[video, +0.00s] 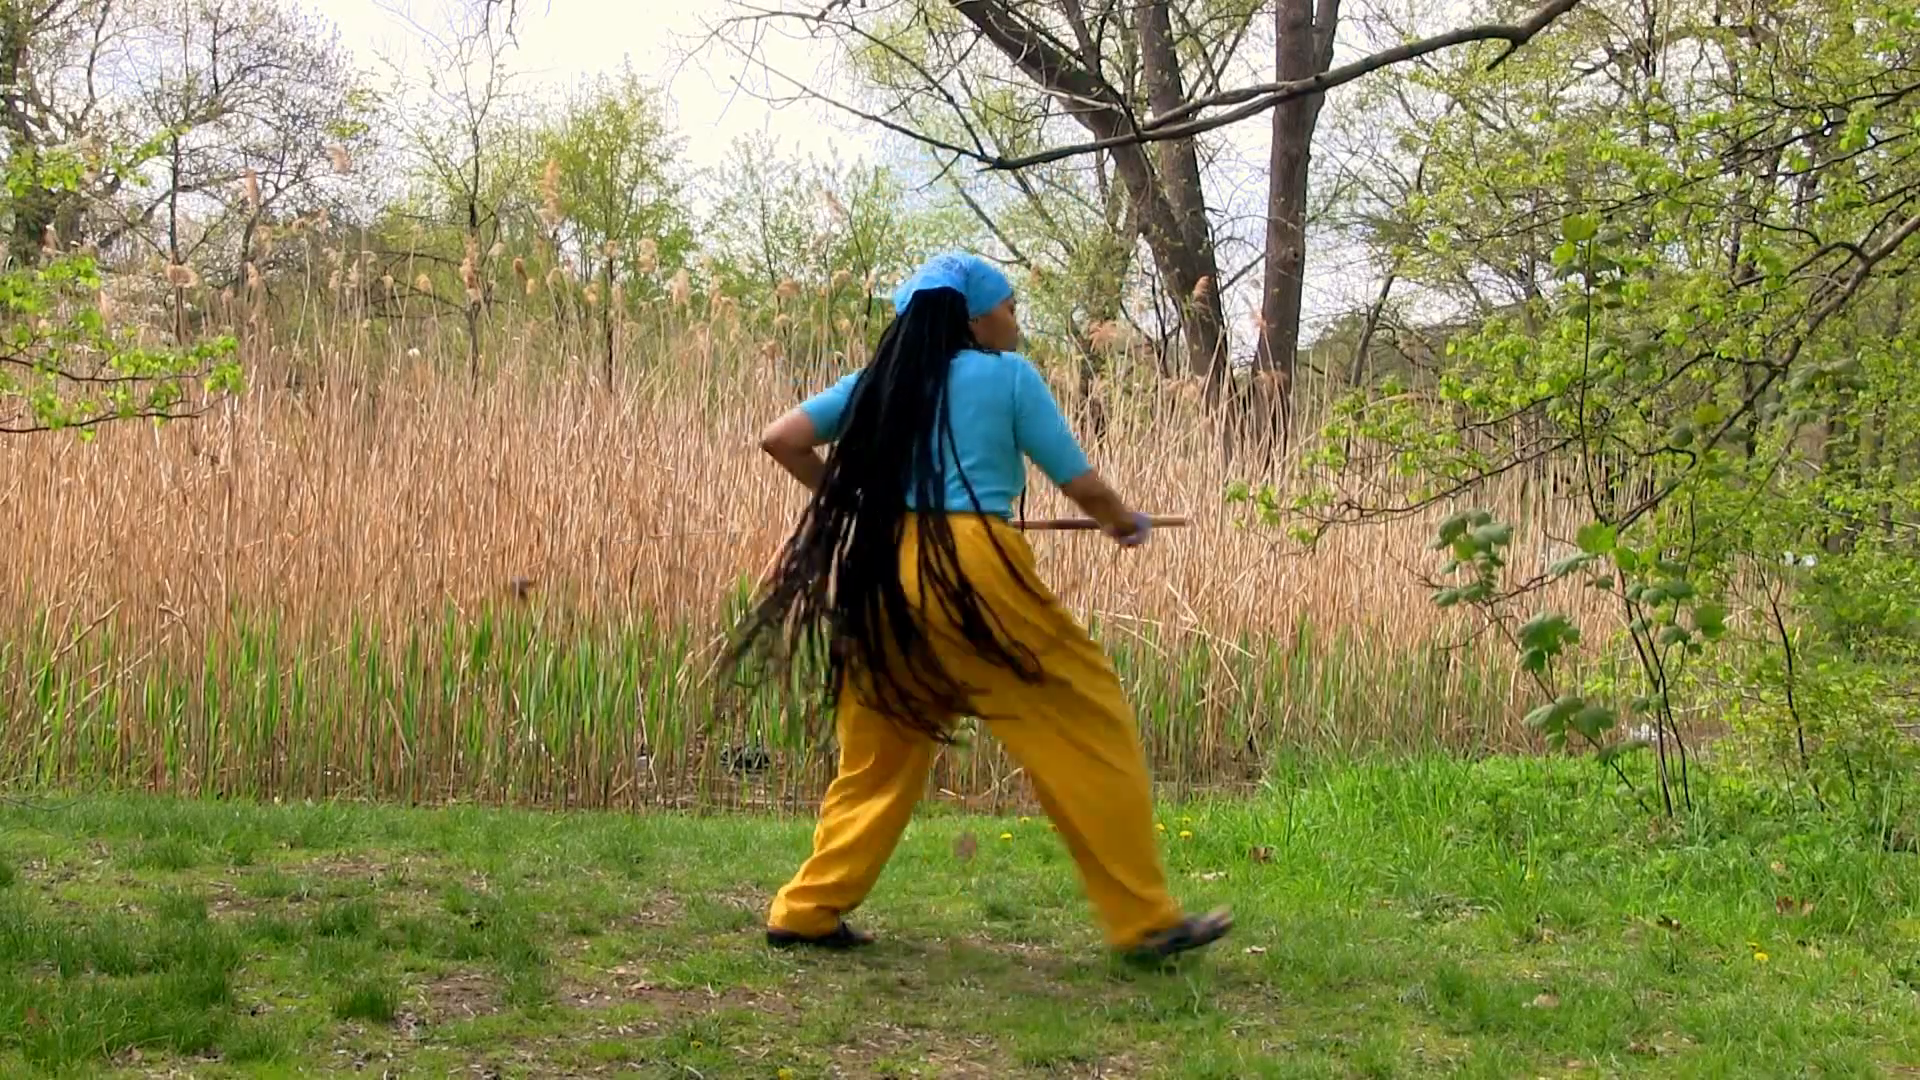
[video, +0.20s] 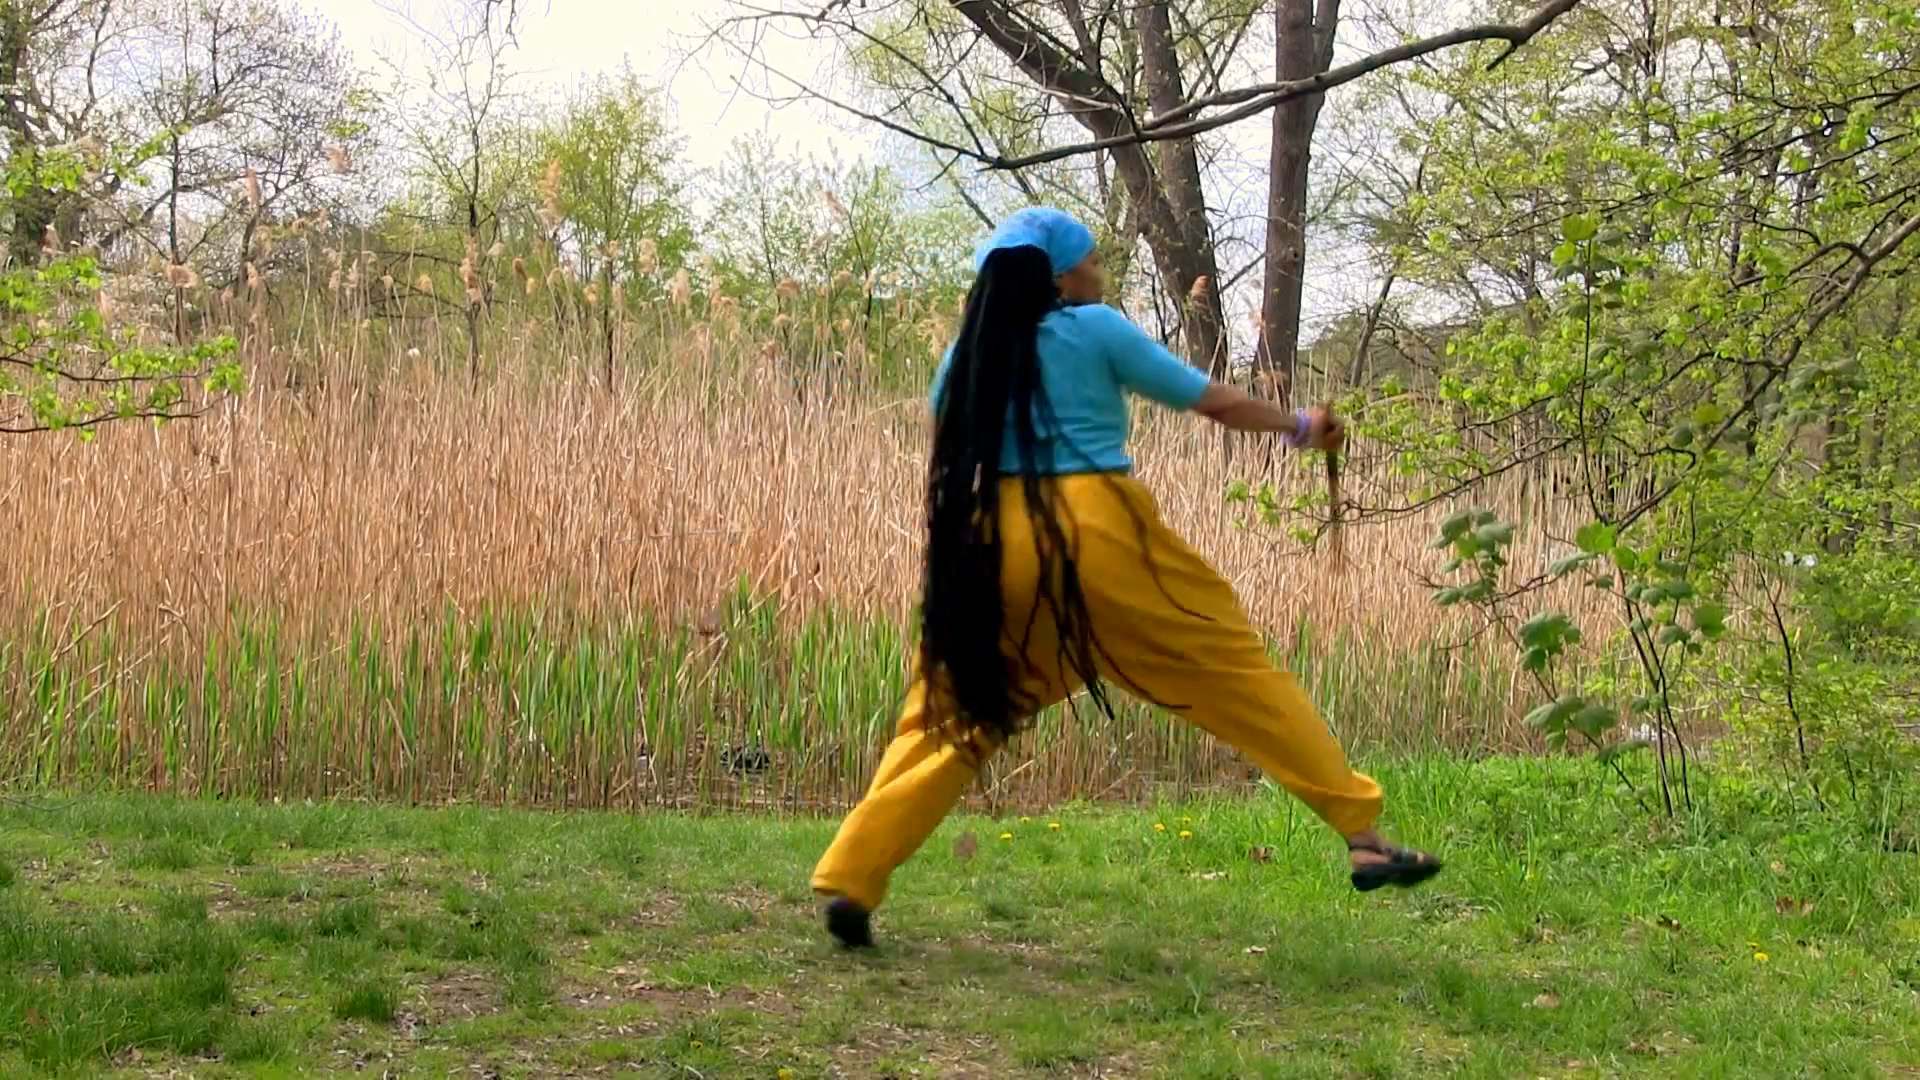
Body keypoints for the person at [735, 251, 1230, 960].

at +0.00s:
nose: (1017, 318)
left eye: (1012, 305)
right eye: (1007, 307)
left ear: (937, 318)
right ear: (973, 316)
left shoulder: (886, 376)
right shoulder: (1008, 374)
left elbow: (784, 438)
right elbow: (1080, 484)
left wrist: (846, 492)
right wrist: (1123, 521)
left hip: (882, 567)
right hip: (978, 567)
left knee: (877, 751)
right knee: (1090, 720)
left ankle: (809, 908)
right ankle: (1144, 920)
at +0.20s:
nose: (1100, 275)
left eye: (1094, 263)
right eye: (1090, 264)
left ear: (1019, 277)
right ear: (1059, 273)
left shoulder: (967, 349)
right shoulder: (1096, 329)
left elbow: (945, 435)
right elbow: (1209, 399)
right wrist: (1298, 423)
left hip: (994, 537)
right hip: (1101, 528)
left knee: (949, 709)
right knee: (1235, 669)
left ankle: (850, 882)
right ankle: (1365, 837)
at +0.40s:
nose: (1222, 296)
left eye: (1217, 283)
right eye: (1212, 286)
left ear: (1142, 302)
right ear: (1181, 301)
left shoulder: (1114, 371)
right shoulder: (1224, 358)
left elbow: (1196, 393)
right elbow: (1335, 360)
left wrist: (1272, 355)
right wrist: (1378, 304)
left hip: (1140, 564)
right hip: (1249, 554)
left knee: (1110, 744)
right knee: (1322, 746)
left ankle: (1100, 919)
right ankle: (1359, 941)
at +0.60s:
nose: (1322, 282)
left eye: (1318, 268)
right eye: (1312, 271)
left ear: (1240, 293)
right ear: (1276, 289)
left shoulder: (1220, 360)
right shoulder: (1313, 351)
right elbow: (1418, 353)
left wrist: (1396, 290)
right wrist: (1419, 276)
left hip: (1234, 557)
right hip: (1322, 557)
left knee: (1234, 749)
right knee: (1384, 750)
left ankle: (1122, 885)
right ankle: (1371, 945)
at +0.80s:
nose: (1398, 270)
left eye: (1394, 258)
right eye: (1387, 260)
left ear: (1337, 280)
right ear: (1353, 278)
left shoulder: (1312, 342)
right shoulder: (1362, 355)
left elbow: (1440, 318)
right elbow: (1427, 475)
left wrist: (1471, 292)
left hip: (1312, 541)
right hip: (1363, 543)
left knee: (1419, 709)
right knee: (1420, 728)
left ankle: (1292, 794)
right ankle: (1377, 945)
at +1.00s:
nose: (1473, 272)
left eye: (1467, 259)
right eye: (1459, 262)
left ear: (1434, 276)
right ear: (1417, 279)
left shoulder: (1454, 323)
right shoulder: (1352, 351)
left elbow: (1567, 302)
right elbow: (1295, 462)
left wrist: (1679, 276)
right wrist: (1320, 556)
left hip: (1444, 545)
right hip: (1379, 545)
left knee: (1518, 685)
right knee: (1432, 734)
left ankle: (1494, 870)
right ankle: (1363, 936)